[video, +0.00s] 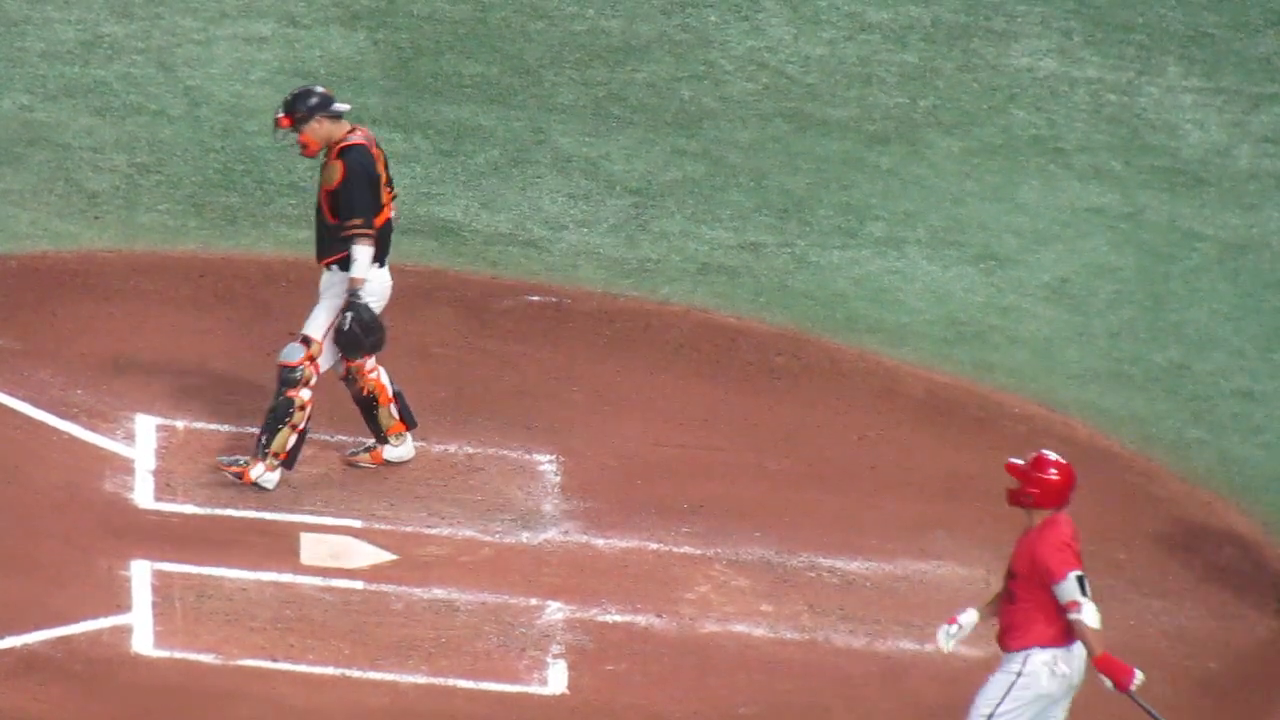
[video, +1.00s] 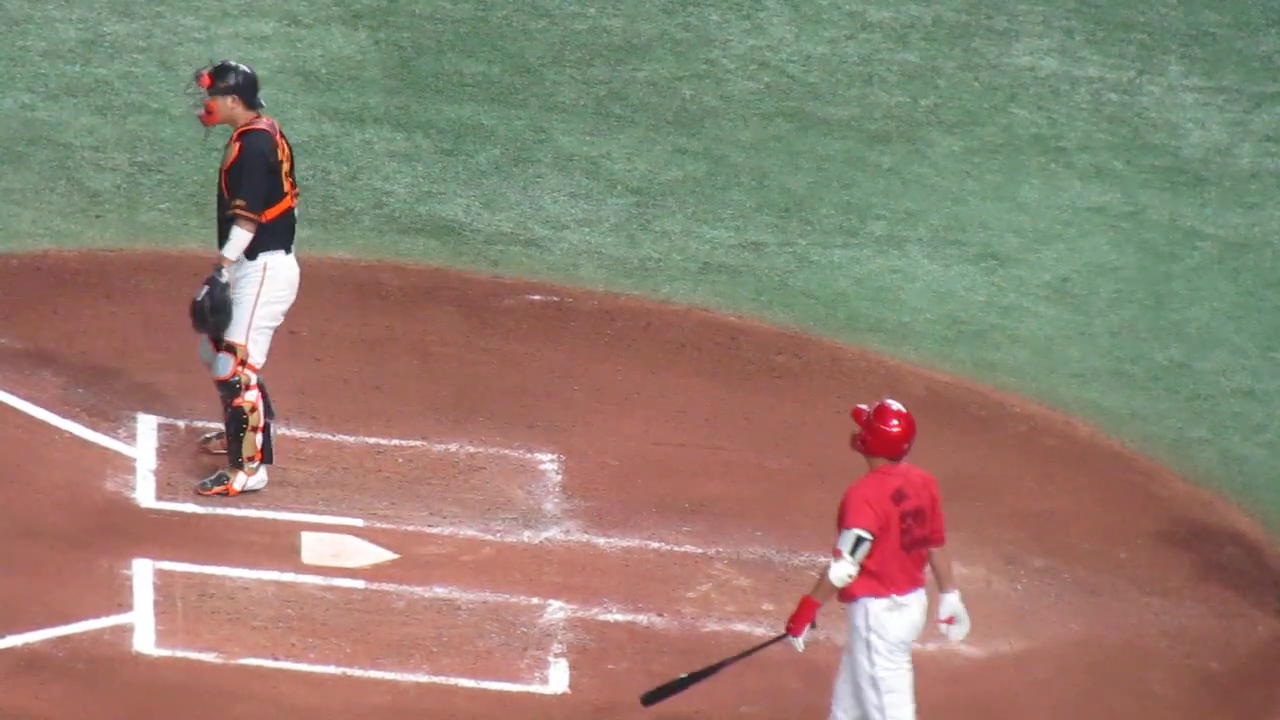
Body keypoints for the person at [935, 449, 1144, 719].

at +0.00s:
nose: (1016, 488)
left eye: (1023, 484)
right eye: (1019, 482)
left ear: (1036, 493)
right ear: (1052, 494)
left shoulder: (1046, 541)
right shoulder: (1054, 527)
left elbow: (1076, 610)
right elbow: (1016, 591)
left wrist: (1102, 660)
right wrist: (974, 616)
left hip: (1034, 665)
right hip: (1062, 659)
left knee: (983, 715)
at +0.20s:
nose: (968, 467)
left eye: (974, 463)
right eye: (971, 461)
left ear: (987, 472)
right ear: (1008, 472)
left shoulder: (1001, 520)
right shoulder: (1023, 503)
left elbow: (1032, 587)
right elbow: (994, 570)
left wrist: (1058, 642)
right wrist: (963, 611)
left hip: (1006, 646)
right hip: (1026, 640)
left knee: (976, 713)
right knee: (984, 712)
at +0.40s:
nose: (939, 461)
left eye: (944, 457)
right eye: (942, 456)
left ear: (957, 466)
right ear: (980, 466)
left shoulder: (973, 514)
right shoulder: (989, 497)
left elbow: (998, 586)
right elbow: (957, 564)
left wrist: (1007, 642)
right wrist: (916, 596)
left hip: (977, 632)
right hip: (1002, 624)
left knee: (961, 712)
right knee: (1003, 713)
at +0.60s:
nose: (920, 452)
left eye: (925, 448)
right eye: (923, 446)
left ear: (936, 459)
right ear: (962, 457)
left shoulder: (945, 511)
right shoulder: (975, 487)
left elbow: (948, 591)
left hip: (957, 628)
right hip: (982, 615)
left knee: (940, 711)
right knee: (950, 707)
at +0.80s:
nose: (892, 440)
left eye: (897, 437)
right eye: (896, 436)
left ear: (906, 449)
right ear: (938, 449)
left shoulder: (906, 501)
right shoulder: (960, 484)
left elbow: (890, 580)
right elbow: (950, 546)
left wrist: (858, 616)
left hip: (923, 617)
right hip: (955, 608)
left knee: (927, 711)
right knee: (883, 691)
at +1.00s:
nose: (858, 432)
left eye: (863, 429)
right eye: (862, 427)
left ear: (870, 441)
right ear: (902, 444)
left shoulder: (864, 493)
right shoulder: (923, 482)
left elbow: (842, 567)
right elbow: (935, 547)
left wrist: (807, 608)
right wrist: (949, 595)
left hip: (876, 613)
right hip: (912, 605)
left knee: (890, 709)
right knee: (848, 702)